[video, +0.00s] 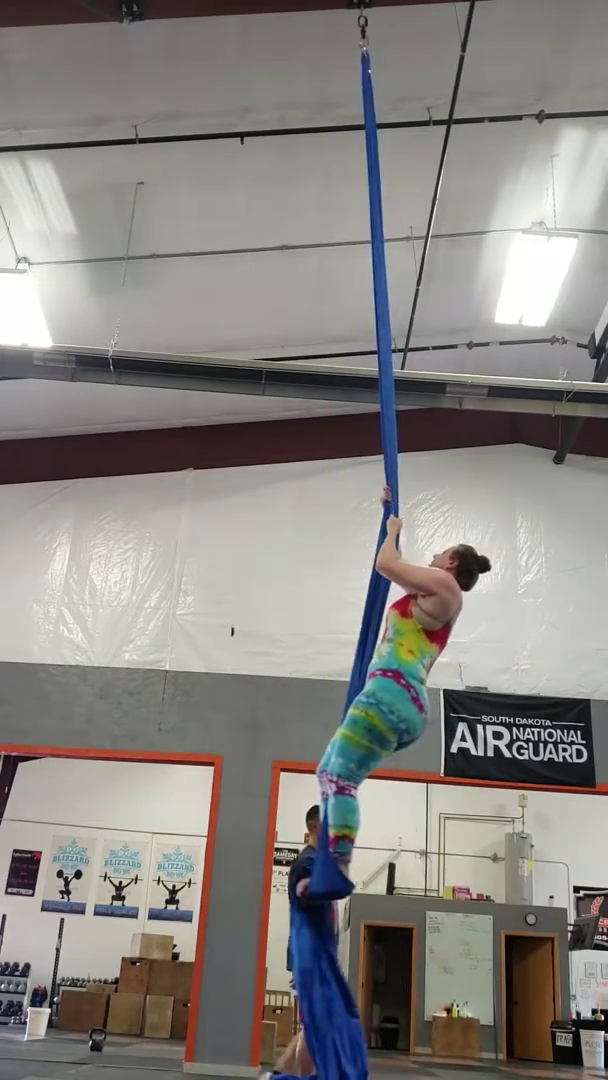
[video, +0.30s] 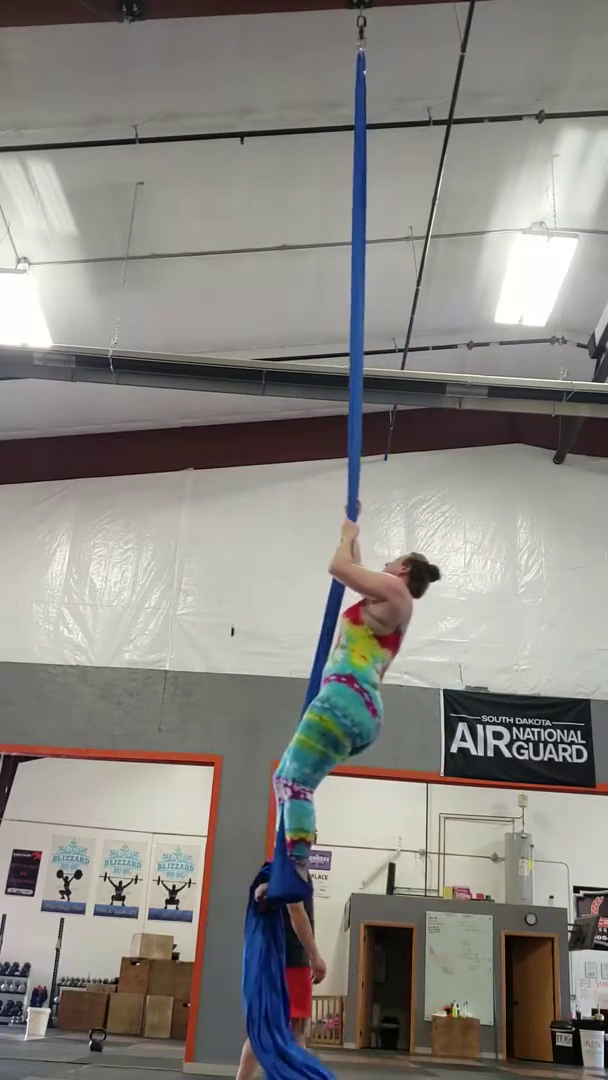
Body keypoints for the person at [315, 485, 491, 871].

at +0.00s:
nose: (435, 556)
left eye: (441, 553)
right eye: (439, 553)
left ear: (450, 562)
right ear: (459, 569)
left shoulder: (445, 586)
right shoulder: (439, 591)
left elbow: (386, 565)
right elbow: (391, 563)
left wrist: (392, 532)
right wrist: (390, 513)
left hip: (391, 692)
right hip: (405, 702)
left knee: (339, 776)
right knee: (332, 774)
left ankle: (335, 871)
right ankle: (332, 867)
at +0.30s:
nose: (390, 561)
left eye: (395, 559)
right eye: (394, 559)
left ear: (403, 567)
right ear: (413, 577)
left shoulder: (395, 591)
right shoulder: (396, 603)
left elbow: (338, 568)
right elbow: (354, 572)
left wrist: (347, 538)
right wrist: (352, 538)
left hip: (346, 697)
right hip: (364, 709)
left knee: (295, 781)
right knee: (287, 777)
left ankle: (297, 869)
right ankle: (292, 863)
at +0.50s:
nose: (350, 563)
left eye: (356, 562)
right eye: (355, 562)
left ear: (363, 570)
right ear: (371, 580)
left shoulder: (351, 590)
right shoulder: (359, 607)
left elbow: (294, 564)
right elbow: (311, 570)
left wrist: (310, 529)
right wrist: (320, 527)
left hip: (313, 696)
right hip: (334, 707)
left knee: (267, 783)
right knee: (263, 781)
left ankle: (275, 874)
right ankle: (276, 866)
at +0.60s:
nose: (334, 564)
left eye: (339, 562)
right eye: (337, 562)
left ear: (346, 571)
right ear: (355, 580)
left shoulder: (330, 588)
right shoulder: (344, 607)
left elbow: (274, 559)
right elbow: (302, 570)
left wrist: (284, 527)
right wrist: (310, 523)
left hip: (295, 697)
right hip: (318, 709)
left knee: (253, 780)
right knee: (247, 779)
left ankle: (260, 871)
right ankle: (260, 865)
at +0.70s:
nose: (321, 565)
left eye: (326, 563)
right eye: (326, 563)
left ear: (332, 572)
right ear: (342, 583)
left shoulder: (313, 585)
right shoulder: (333, 612)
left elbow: (269, 545)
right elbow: (289, 560)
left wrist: (273, 508)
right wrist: (297, 519)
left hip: (279, 696)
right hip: (302, 710)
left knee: (236, 780)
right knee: (236, 778)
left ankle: (244, 871)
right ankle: (245, 866)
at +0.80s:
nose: (310, 569)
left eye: (316, 568)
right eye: (316, 568)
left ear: (322, 574)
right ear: (333, 590)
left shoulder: (303, 584)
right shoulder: (321, 615)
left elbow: (274, 539)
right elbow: (285, 552)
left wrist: (270, 500)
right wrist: (289, 518)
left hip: (264, 693)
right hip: (288, 709)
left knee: (220, 779)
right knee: (216, 778)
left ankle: (222, 869)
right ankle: (219, 866)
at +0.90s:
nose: (307, 566)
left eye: (313, 566)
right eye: (312, 566)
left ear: (317, 578)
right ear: (322, 589)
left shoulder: (301, 591)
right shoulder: (307, 617)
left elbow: (276, 539)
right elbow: (273, 569)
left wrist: (273, 502)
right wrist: (281, 521)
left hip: (251, 693)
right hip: (272, 710)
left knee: (201, 773)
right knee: (200, 774)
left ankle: (199, 865)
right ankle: (196, 860)